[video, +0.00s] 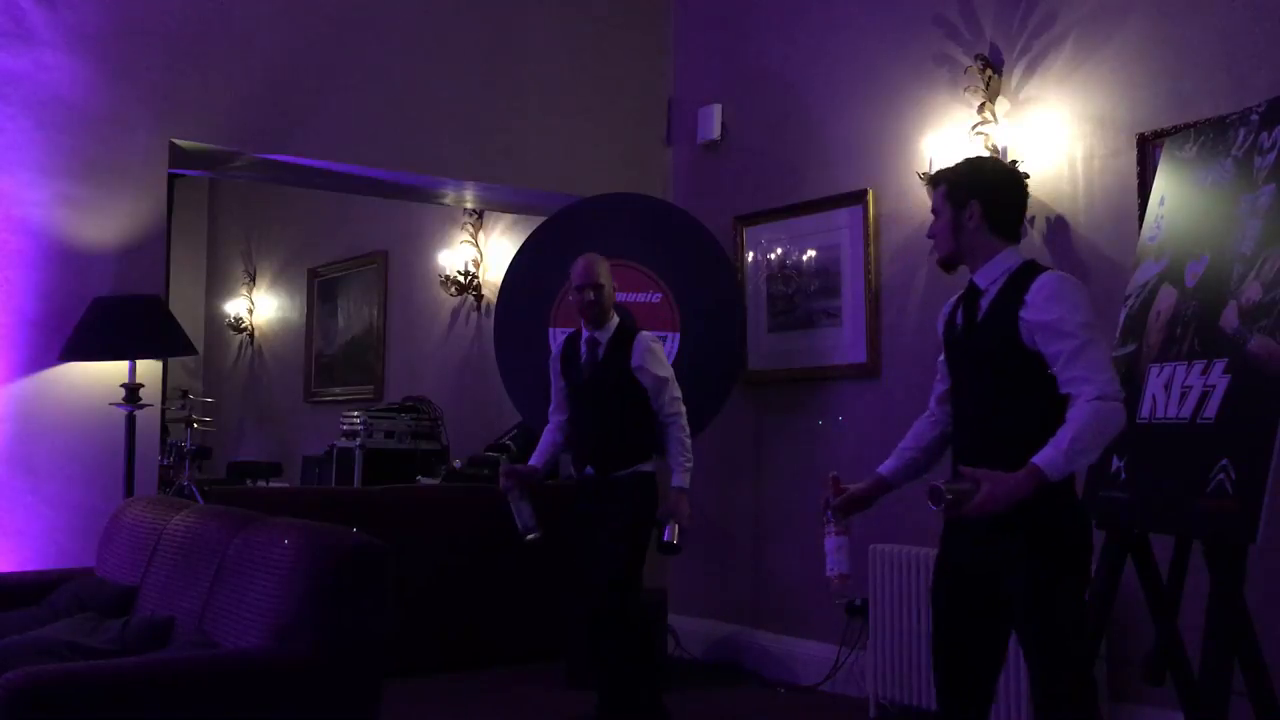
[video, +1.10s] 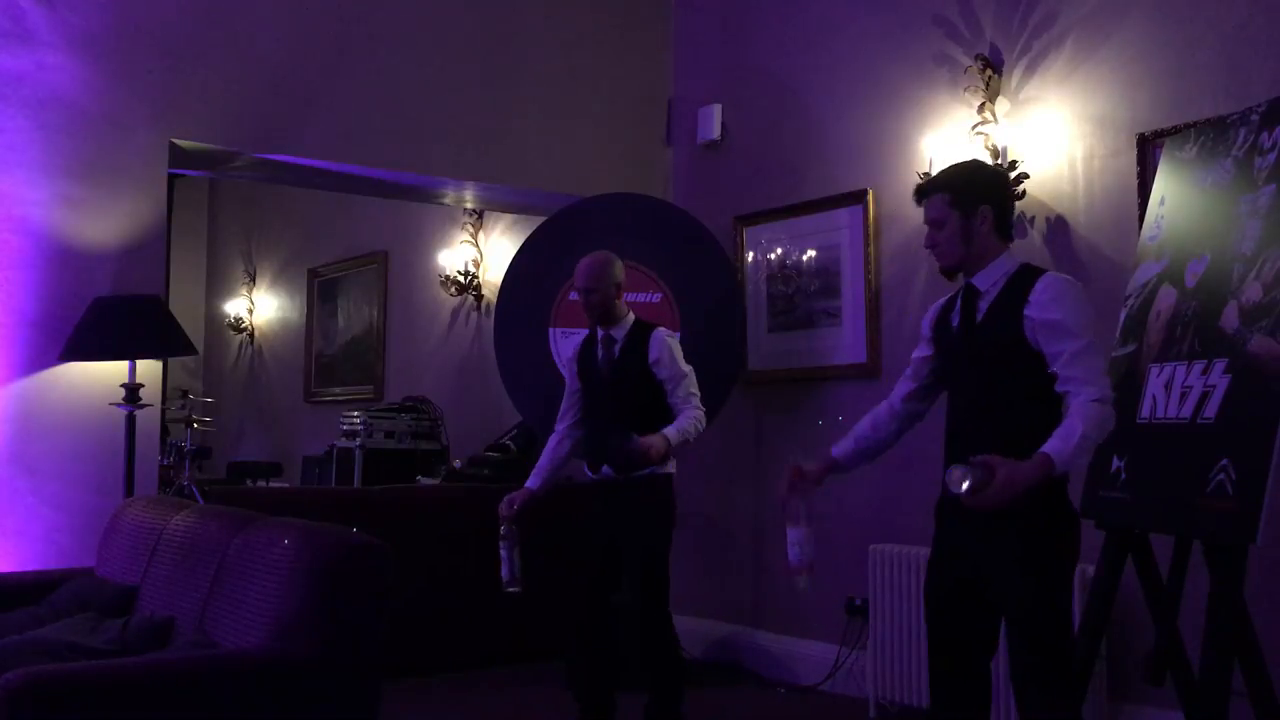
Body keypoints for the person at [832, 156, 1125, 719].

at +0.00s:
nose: (929, 229)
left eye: (936, 213)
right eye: (931, 215)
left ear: (972, 216)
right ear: (974, 219)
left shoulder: (1049, 294)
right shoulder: (957, 315)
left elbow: (1102, 405)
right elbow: (942, 416)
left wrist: (1025, 479)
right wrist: (875, 485)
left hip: (1041, 526)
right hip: (969, 525)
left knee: (1060, 696)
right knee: (960, 694)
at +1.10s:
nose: (928, 240)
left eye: (938, 225)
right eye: (927, 227)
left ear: (982, 221)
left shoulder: (1048, 294)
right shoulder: (946, 313)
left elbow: (1093, 403)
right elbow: (904, 404)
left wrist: (1035, 470)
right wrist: (828, 463)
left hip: (1035, 517)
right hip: (962, 515)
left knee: (1043, 686)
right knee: (955, 685)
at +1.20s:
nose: (940, 236)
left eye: (950, 219)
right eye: (941, 221)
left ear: (995, 218)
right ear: (989, 220)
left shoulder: (1055, 297)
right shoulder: (958, 307)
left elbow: (1097, 410)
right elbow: (904, 377)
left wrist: (1028, 486)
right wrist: (822, 395)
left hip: (1035, 526)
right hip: (963, 522)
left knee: (1042, 691)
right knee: (954, 689)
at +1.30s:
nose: (949, 223)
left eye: (962, 209)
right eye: (952, 209)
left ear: (1006, 216)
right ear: (994, 219)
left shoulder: (1056, 298)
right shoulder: (968, 302)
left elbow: (1093, 414)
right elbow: (898, 347)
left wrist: (1020, 500)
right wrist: (823, 315)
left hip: (1033, 535)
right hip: (965, 531)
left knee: (1039, 695)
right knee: (954, 693)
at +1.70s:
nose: (960, 214)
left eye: (975, 202)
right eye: (964, 201)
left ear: (1019, 217)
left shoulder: (1043, 308)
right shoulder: (979, 293)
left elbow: (1012, 437)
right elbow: (886, 329)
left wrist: (932, 515)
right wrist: (830, 277)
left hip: (1028, 516)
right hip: (974, 510)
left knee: (1035, 687)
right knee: (950, 681)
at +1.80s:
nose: (958, 219)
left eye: (973, 207)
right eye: (960, 205)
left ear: (1019, 218)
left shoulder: (1038, 308)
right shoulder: (976, 295)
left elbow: (991, 436)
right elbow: (885, 358)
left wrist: (895, 486)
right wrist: (868, 314)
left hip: (1030, 510)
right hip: (979, 504)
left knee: (1031, 675)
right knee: (949, 667)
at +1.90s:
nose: (954, 221)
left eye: (969, 208)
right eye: (956, 207)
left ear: (1014, 219)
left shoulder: (1034, 305)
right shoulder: (970, 292)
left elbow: (997, 432)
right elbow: (915, 385)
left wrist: (897, 433)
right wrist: (923, 357)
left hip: (1030, 507)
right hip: (978, 499)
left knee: (1034, 677)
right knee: (948, 667)